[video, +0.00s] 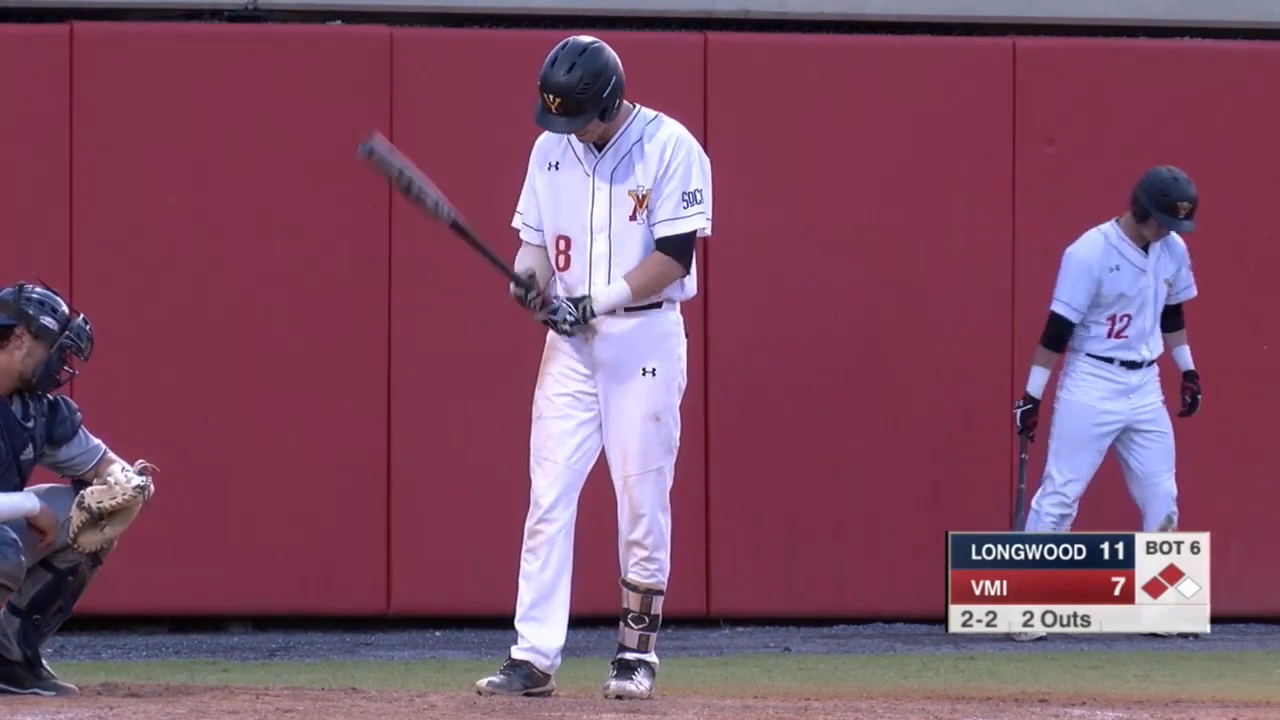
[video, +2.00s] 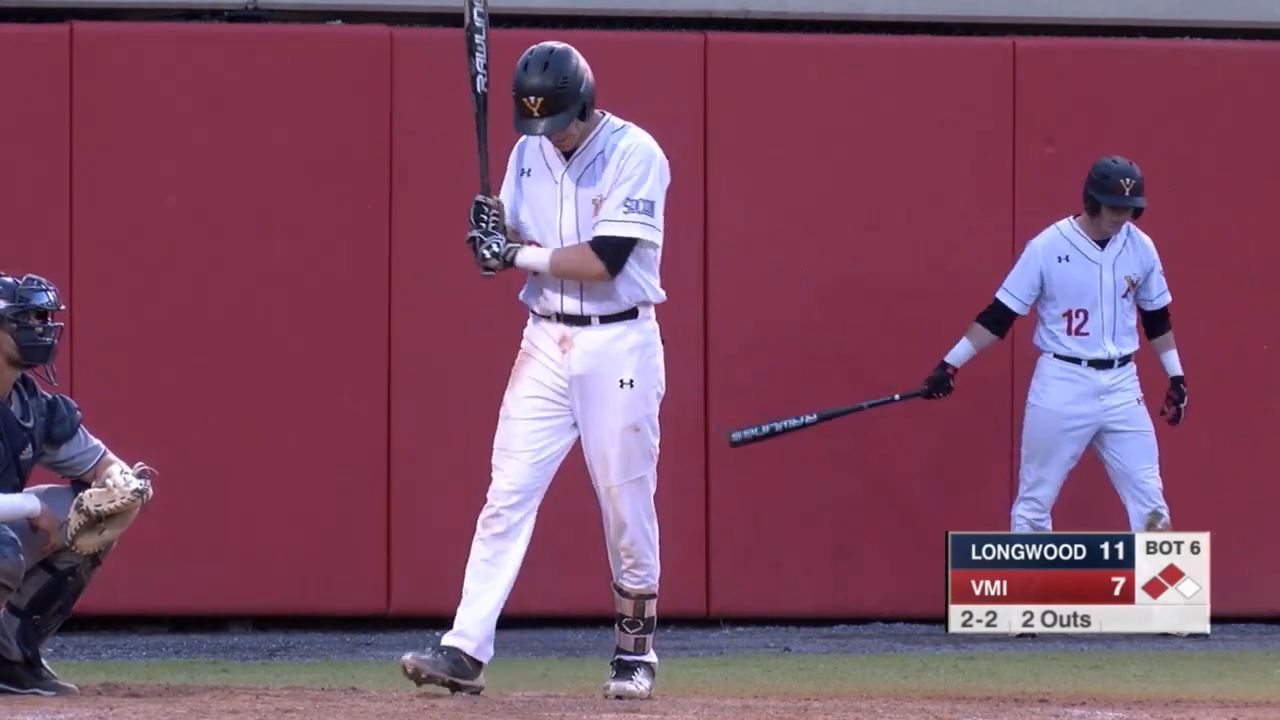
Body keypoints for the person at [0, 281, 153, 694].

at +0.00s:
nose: (62, 361)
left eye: (65, 351)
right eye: (56, 348)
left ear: (23, 341)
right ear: (20, 339)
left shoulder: (40, 410)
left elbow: (99, 461)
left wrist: (128, 480)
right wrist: (26, 504)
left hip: (9, 521)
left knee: (96, 512)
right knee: (7, 549)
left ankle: (14, 651)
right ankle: (7, 655)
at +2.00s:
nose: (38, 328)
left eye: (41, 318)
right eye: (23, 319)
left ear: (48, 325)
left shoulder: (37, 406)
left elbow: (97, 461)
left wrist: (125, 484)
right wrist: (27, 505)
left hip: (9, 522)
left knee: (96, 511)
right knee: (11, 545)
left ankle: (15, 652)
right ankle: (8, 653)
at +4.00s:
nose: (30, 339)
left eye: (38, 331)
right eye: (20, 327)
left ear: (48, 336)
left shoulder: (39, 408)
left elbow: (106, 469)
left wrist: (159, 498)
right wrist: (4, 463)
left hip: (6, 535)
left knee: (94, 510)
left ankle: (14, 650)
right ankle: (11, 651)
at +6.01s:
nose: (31, 322)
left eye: (36, 312)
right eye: (18, 312)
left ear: (44, 318)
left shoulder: (34, 404)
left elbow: (110, 472)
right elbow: (8, 513)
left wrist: (186, 532)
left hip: (3, 526)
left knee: (98, 515)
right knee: (5, 559)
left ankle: (13, 652)